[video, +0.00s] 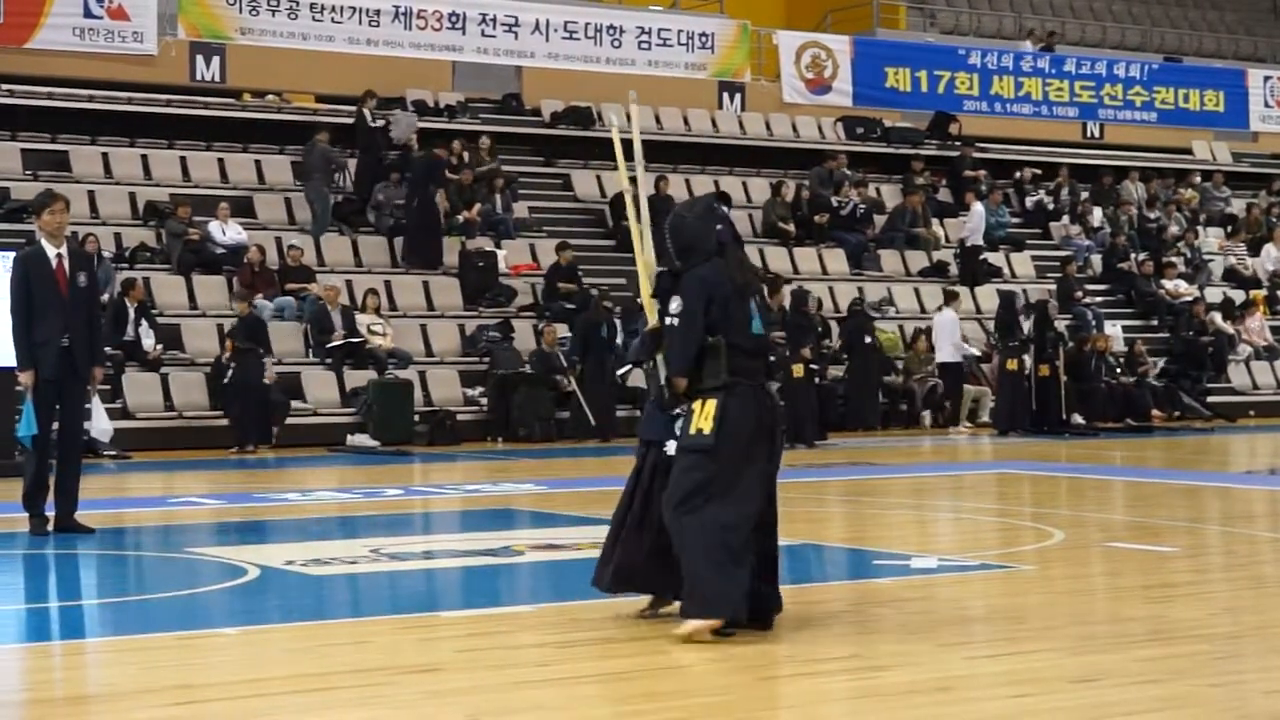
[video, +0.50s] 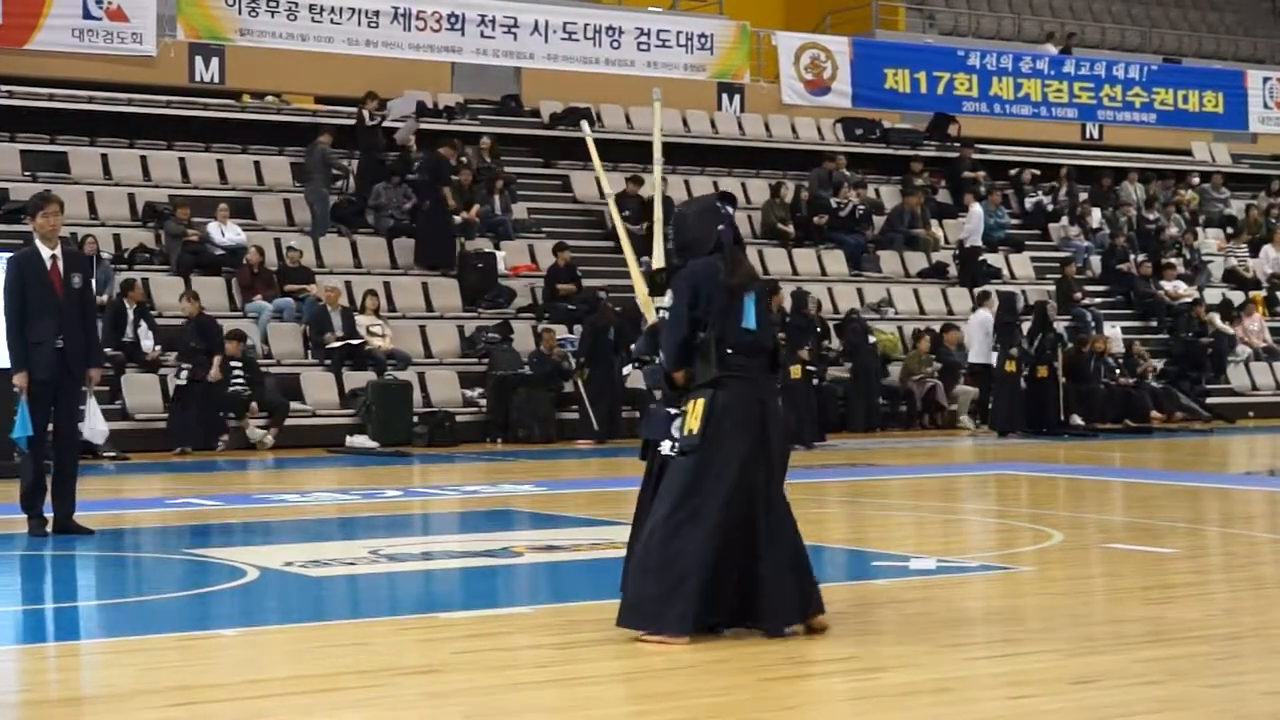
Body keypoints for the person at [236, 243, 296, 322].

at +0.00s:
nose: (250, 255)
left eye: (254, 252)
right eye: (250, 252)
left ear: (261, 257)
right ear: (247, 254)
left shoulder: (269, 272)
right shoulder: (244, 270)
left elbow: (275, 290)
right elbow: (245, 283)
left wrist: (263, 295)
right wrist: (246, 263)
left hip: (269, 299)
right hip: (252, 300)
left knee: (290, 301)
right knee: (268, 307)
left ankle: (289, 331)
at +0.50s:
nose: (250, 256)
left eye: (253, 254)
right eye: (249, 253)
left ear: (260, 258)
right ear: (247, 256)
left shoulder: (267, 272)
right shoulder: (243, 271)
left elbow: (275, 291)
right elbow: (245, 284)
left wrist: (263, 296)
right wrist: (246, 265)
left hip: (269, 301)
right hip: (250, 302)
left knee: (289, 303)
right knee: (267, 308)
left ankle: (288, 336)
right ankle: (260, 341)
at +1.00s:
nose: (250, 257)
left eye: (253, 254)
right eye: (249, 254)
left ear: (261, 258)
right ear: (248, 257)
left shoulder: (267, 272)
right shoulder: (244, 271)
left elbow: (275, 291)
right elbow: (245, 284)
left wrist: (263, 296)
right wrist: (247, 265)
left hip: (269, 301)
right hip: (250, 303)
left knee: (289, 303)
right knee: (268, 309)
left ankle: (288, 336)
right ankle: (261, 342)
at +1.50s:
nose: (251, 257)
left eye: (254, 254)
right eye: (250, 254)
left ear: (261, 258)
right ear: (248, 257)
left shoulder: (268, 272)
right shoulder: (243, 271)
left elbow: (276, 291)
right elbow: (245, 284)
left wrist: (264, 296)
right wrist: (247, 265)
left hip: (270, 301)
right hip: (251, 302)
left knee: (290, 303)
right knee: (268, 309)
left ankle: (288, 336)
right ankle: (261, 341)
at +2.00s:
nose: (251, 257)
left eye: (255, 254)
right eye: (250, 254)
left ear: (262, 258)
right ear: (248, 257)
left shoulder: (268, 273)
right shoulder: (244, 271)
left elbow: (276, 292)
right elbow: (246, 284)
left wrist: (264, 296)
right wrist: (247, 265)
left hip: (270, 301)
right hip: (251, 302)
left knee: (290, 303)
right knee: (268, 308)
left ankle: (289, 335)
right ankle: (262, 341)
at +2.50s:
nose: (252, 257)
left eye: (256, 254)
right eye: (251, 254)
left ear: (263, 258)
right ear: (249, 256)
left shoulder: (269, 272)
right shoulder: (245, 270)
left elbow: (277, 292)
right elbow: (247, 284)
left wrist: (265, 296)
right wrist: (248, 265)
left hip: (271, 301)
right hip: (252, 302)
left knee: (291, 302)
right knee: (270, 308)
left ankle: (289, 333)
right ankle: (261, 339)